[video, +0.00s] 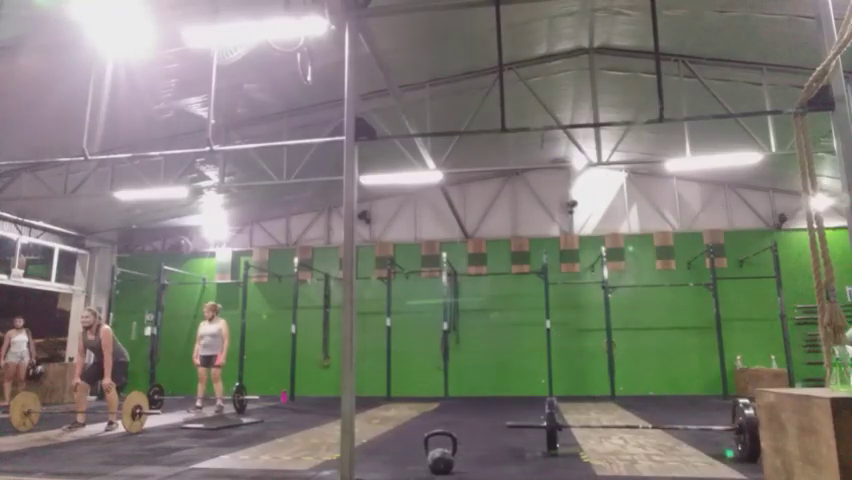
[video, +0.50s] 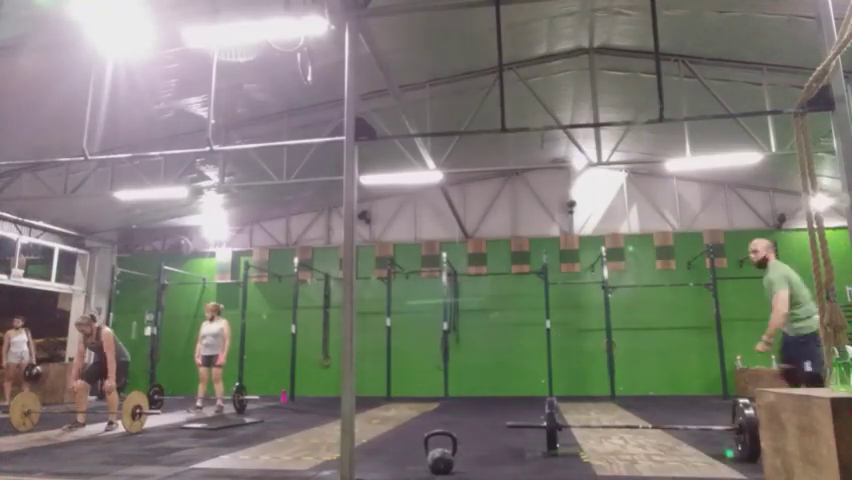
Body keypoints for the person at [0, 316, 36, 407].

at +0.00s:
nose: (18, 323)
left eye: (20, 321)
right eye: (16, 321)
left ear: (23, 322)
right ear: (14, 323)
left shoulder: (27, 332)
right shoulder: (10, 333)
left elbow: (31, 345)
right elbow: (5, 346)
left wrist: (33, 358)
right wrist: (2, 358)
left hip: (24, 357)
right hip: (11, 357)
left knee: (22, 379)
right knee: (8, 379)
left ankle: (22, 399)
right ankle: (7, 400)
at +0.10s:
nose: (16, 323)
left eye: (18, 321)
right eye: (14, 321)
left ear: (22, 322)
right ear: (11, 322)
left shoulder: (24, 332)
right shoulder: (8, 333)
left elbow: (29, 344)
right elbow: (3, 346)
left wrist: (31, 357)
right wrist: (2, 358)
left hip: (23, 358)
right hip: (10, 359)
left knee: (25, 379)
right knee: (7, 379)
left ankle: (26, 399)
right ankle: (7, 400)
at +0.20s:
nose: (17, 323)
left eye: (19, 321)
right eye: (15, 321)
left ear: (22, 322)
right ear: (12, 322)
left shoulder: (25, 331)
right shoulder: (8, 333)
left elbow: (31, 344)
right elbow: (5, 347)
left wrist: (32, 357)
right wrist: (4, 360)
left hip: (24, 358)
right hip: (12, 358)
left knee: (26, 379)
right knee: (8, 379)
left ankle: (26, 399)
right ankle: (7, 400)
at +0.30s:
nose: (17, 323)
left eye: (19, 321)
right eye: (15, 321)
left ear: (22, 322)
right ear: (12, 322)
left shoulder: (26, 332)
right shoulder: (9, 333)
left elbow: (31, 344)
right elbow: (5, 347)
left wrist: (33, 357)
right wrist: (3, 359)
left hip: (25, 357)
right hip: (12, 358)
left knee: (26, 378)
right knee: (9, 379)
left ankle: (27, 399)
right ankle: (7, 400)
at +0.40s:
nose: (17, 323)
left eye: (18, 321)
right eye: (15, 321)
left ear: (22, 323)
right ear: (12, 323)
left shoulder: (26, 331)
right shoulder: (9, 333)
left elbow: (31, 345)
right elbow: (5, 347)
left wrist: (33, 358)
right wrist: (5, 359)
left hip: (25, 357)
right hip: (12, 358)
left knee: (26, 379)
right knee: (9, 379)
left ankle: (26, 399)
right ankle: (7, 400)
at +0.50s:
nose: (16, 323)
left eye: (18, 321)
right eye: (15, 321)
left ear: (22, 322)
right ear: (12, 322)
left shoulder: (26, 331)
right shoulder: (9, 333)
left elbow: (31, 345)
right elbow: (5, 347)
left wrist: (33, 357)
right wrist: (4, 359)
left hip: (25, 358)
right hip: (11, 358)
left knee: (26, 379)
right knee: (8, 379)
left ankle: (26, 399)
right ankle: (7, 400)